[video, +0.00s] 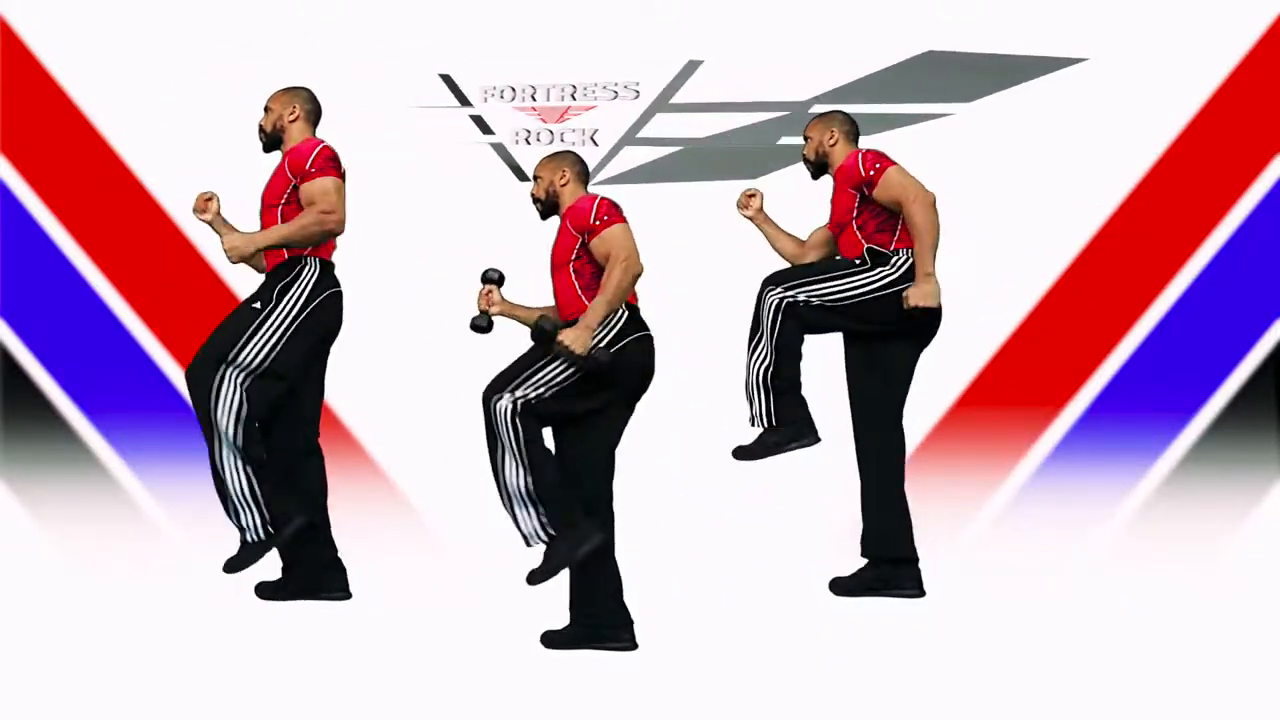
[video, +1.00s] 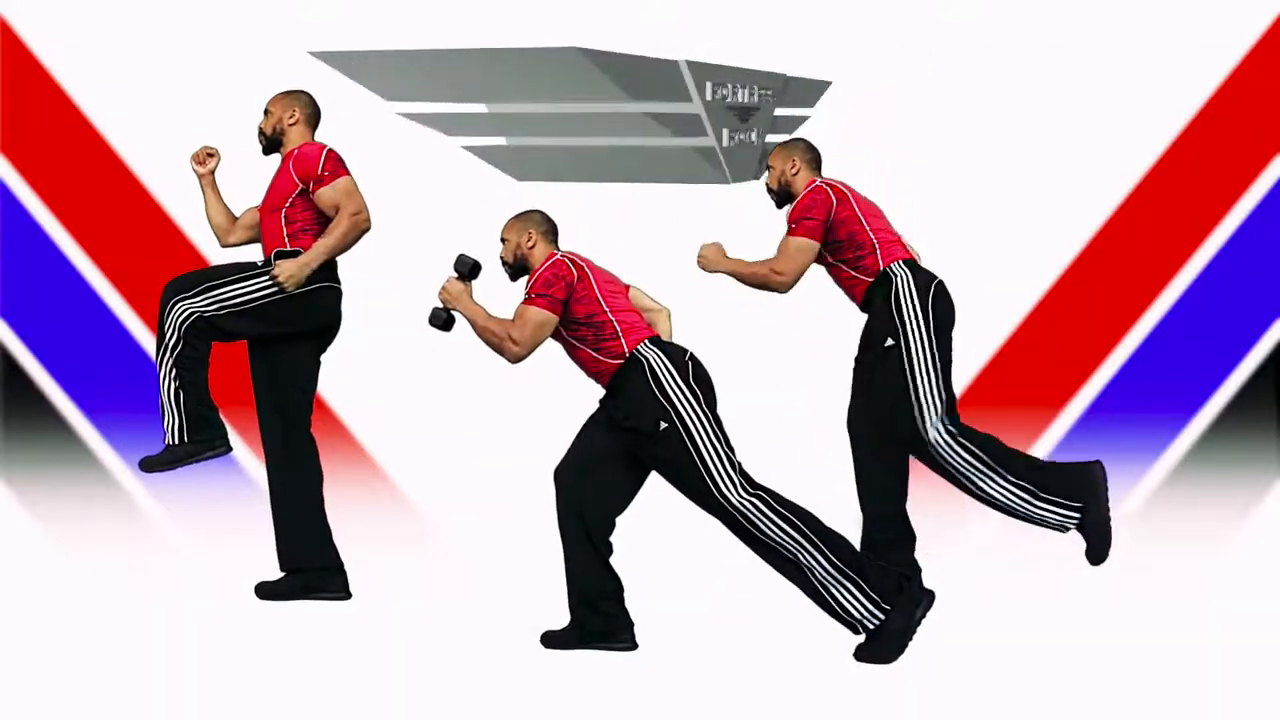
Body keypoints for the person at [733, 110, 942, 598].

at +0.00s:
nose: (803, 149)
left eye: (808, 138)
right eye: (803, 141)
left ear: (832, 135)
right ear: (836, 138)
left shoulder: (859, 162)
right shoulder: (850, 200)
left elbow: (919, 200)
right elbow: (805, 254)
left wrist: (926, 276)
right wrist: (760, 218)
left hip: (890, 274)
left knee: (779, 291)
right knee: (877, 434)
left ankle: (784, 421)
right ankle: (892, 565)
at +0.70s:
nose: (794, 154)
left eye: (798, 144)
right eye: (795, 147)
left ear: (822, 141)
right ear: (825, 143)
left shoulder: (852, 169)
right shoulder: (840, 200)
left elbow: (900, 218)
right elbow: (825, 276)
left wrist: (878, 290)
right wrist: (768, 258)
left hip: (894, 287)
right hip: (899, 308)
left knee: (779, 322)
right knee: (874, 441)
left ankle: (810, 452)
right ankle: (891, 576)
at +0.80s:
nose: (786, 160)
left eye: (790, 150)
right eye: (786, 153)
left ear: (814, 146)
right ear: (822, 147)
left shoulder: (844, 175)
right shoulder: (834, 196)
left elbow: (864, 242)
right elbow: (860, 270)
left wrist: (805, 298)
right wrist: (821, 304)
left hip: (896, 282)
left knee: (809, 371)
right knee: (878, 443)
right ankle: (895, 586)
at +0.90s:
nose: (775, 170)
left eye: (780, 160)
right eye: (775, 162)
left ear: (805, 157)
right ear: (808, 157)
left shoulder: (830, 184)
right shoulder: (832, 194)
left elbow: (820, 262)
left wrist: (752, 282)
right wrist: (864, 328)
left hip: (902, 290)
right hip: (889, 302)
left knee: (873, 421)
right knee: (869, 433)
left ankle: (1000, 488)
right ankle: (889, 574)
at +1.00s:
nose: (766, 180)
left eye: (770, 169)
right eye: (765, 173)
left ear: (795, 164)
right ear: (806, 168)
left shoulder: (817, 196)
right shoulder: (837, 201)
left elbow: (781, 275)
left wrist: (724, 264)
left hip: (906, 294)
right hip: (885, 311)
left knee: (932, 432)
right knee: (872, 437)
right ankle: (891, 575)